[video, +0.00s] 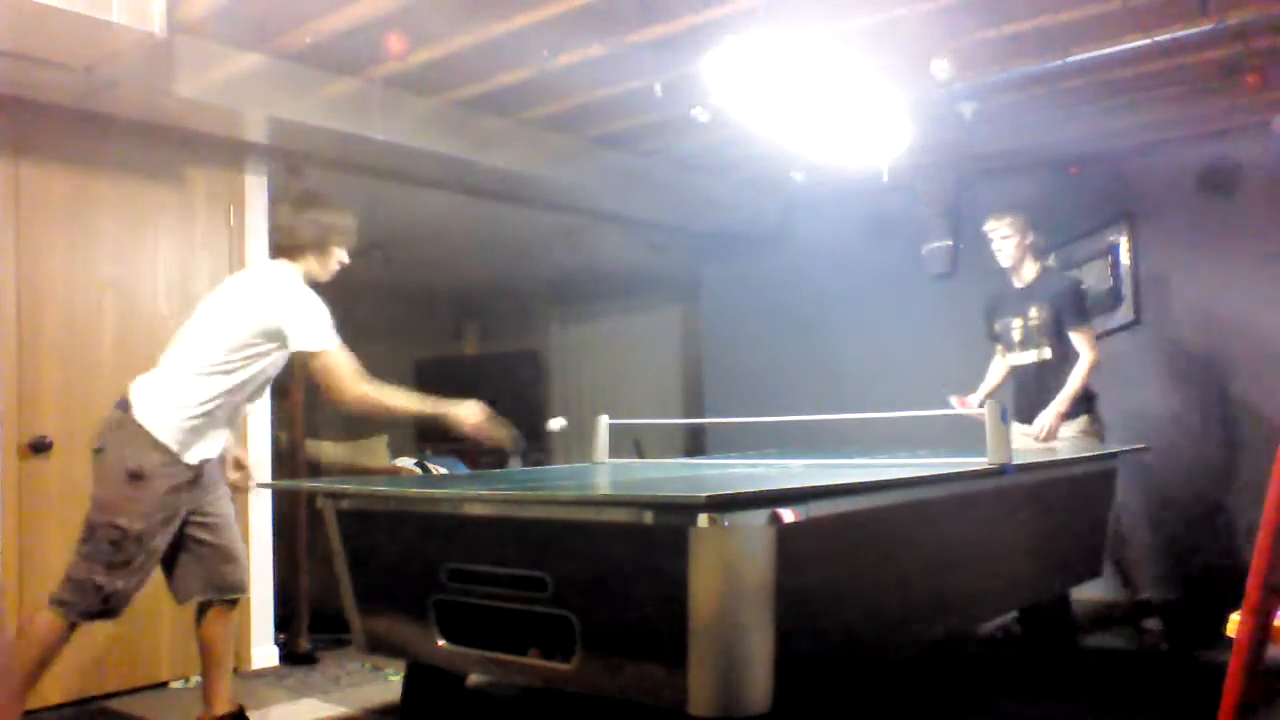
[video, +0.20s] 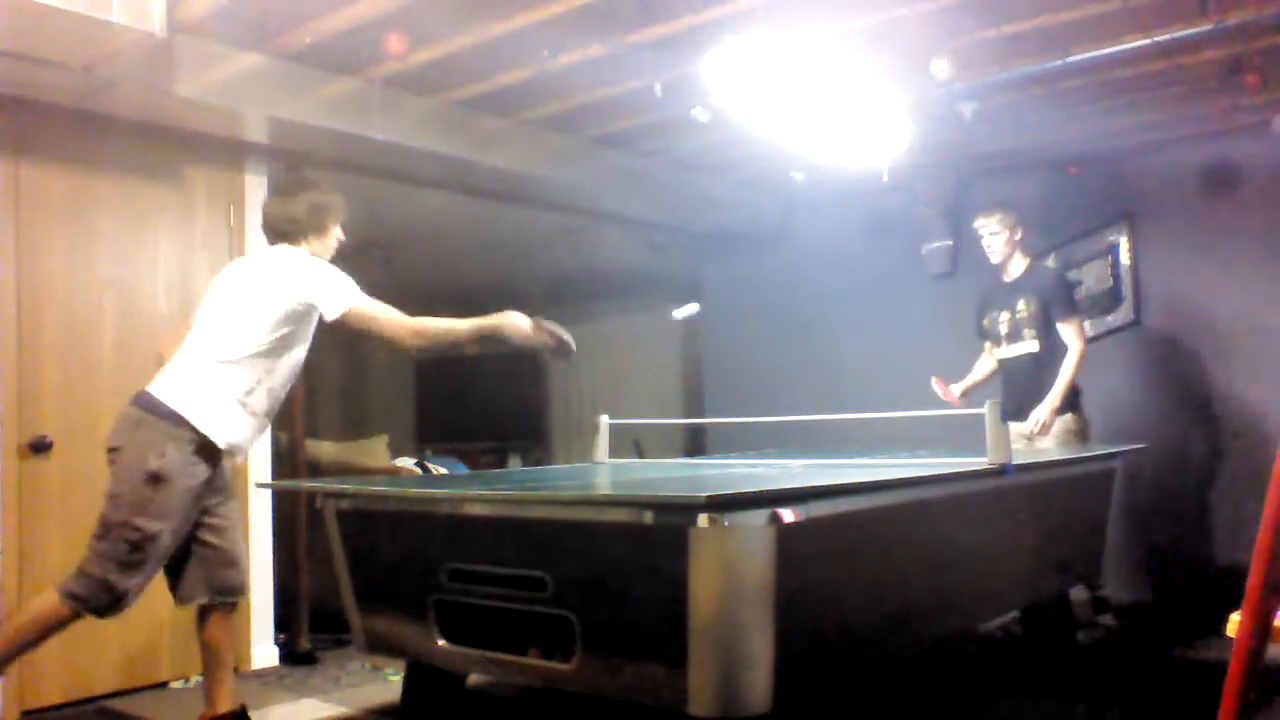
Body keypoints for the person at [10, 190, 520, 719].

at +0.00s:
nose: (345, 263)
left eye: (347, 252)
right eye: (341, 250)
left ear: (295, 242)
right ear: (314, 244)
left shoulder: (256, 284)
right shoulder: (292, 295)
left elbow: (206, 372)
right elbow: (352, 391)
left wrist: (231, 449)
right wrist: (448, 409)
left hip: (195, 454)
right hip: (149, 442)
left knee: (221, 582)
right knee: (86, 587)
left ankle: (219, 708)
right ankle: (8, 699)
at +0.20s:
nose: (341, 245)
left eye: (339, 234)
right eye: (338, 234)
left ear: (283, 228)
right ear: (322, 232)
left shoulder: (248, 268)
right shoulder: (307, 272)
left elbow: (184, 346)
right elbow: (409, 333)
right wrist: (498, 324)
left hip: (196, 447)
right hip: (170, 434)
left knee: (223, 585)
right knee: (96, 584)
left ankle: (220, 707)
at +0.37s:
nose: (324, 213)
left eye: (321, 202)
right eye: (318, 202)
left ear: (264, 209)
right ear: (297, 209)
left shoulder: (241, 258)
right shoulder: (286, 256)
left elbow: (207, 350)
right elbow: (339, 356)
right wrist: (428, 334)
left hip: (204, 443)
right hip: (172, 431)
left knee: (228, 584)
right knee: (127, 589)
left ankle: (221, 708)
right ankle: (9, 698)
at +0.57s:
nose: (293, 193)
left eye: (290, 181)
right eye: (285, 181)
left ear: (236, 186)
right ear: (260, 187)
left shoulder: (242, 249)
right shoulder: (224, 242)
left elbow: (210, 368)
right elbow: (180, 358)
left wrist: (231, 456)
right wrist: (286, 405)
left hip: (202, 451)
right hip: (159, 437)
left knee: (222, 592)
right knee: (126, 606)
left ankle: (222, 708)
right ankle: (65, 715)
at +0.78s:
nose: (242, 172)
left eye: (240, 156)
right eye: (235, 157)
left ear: (187, 160)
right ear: (206, 161)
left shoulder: (198, 242)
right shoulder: (128, 225)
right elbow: (31, 324)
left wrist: (193, 426)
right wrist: (111, 410)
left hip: (181, 448)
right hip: (121, 446)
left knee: (209, 595)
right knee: (117, 627)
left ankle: (207, 708)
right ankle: (65, 712)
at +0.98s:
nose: (208, 140)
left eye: (206, 125)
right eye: (199, 124)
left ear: (155, 127)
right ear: (163, 125)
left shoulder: (175, 222)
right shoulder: (66, 204)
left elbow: (148, 334)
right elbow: (2, 317)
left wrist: (171, 409)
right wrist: (73, 394)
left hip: (178, 449)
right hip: (93, 452)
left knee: (208, 611)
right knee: (88, 641)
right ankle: (48, 715)